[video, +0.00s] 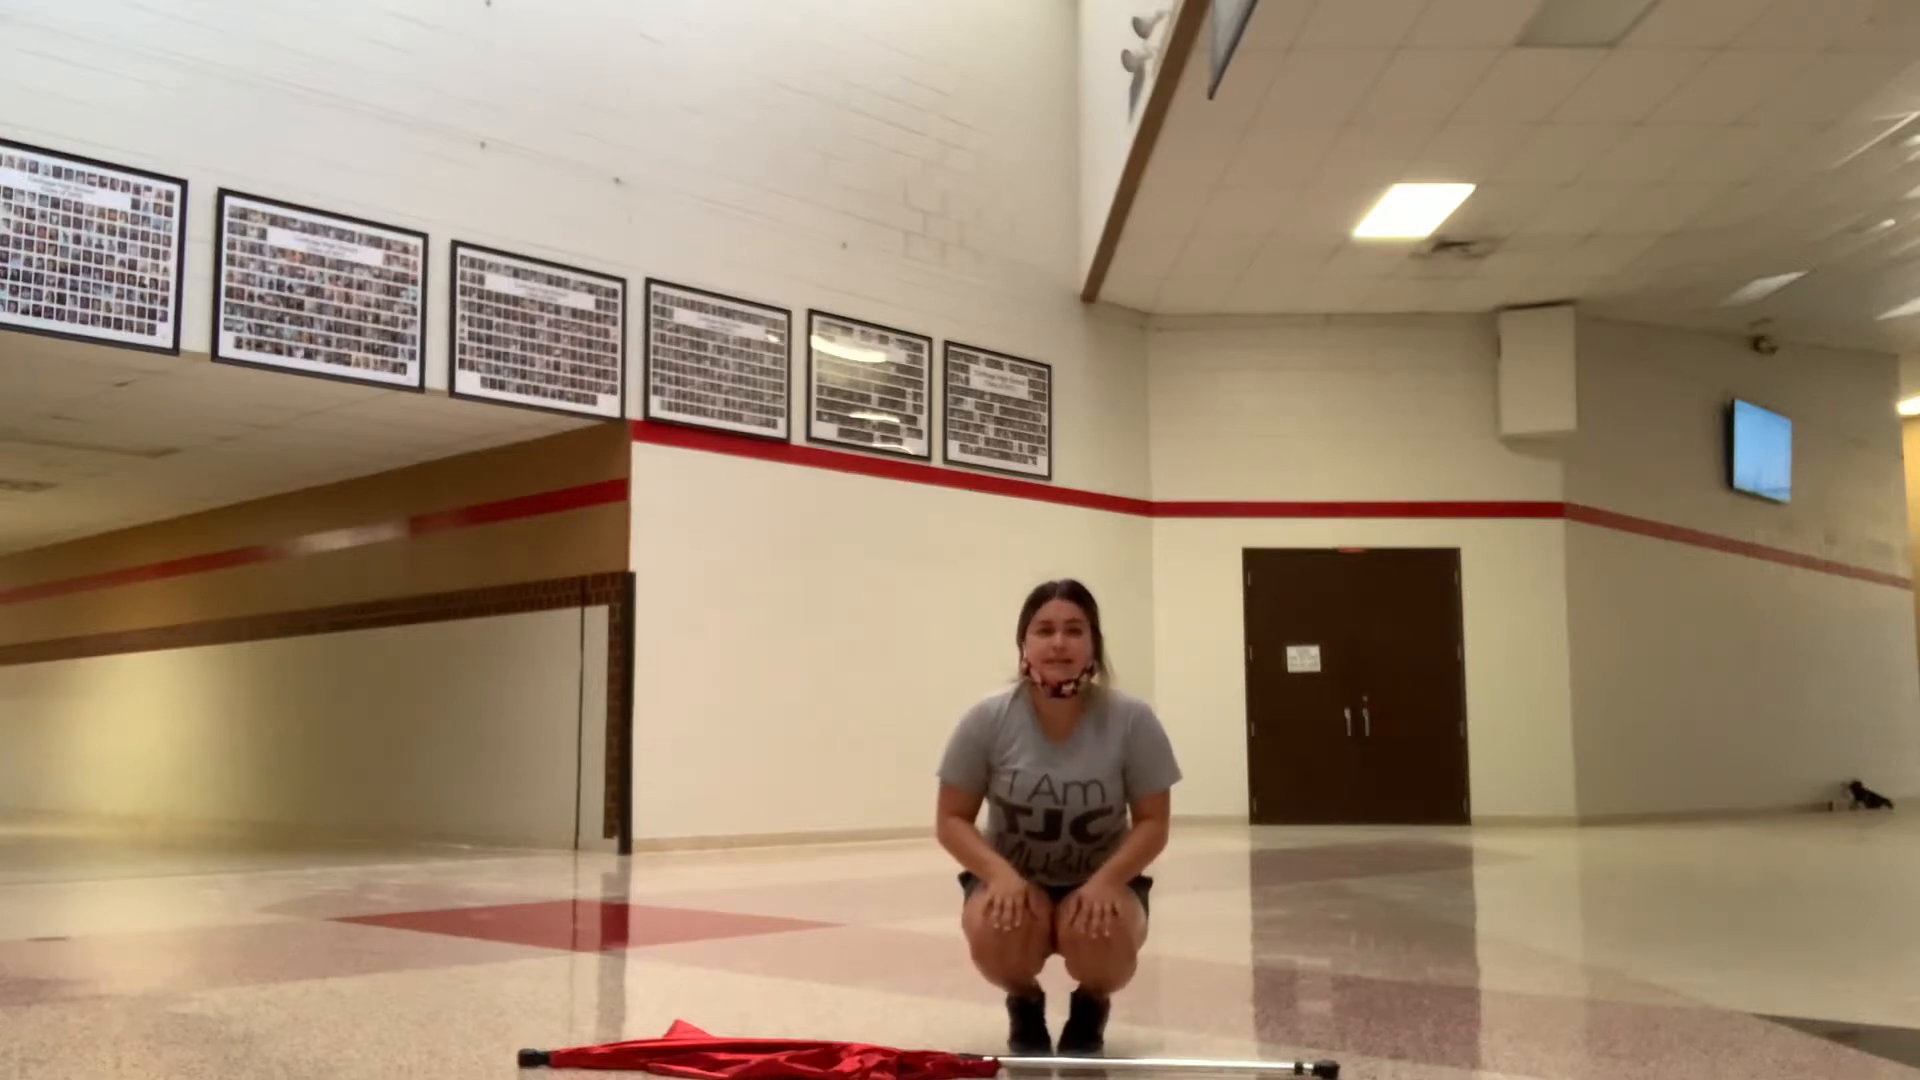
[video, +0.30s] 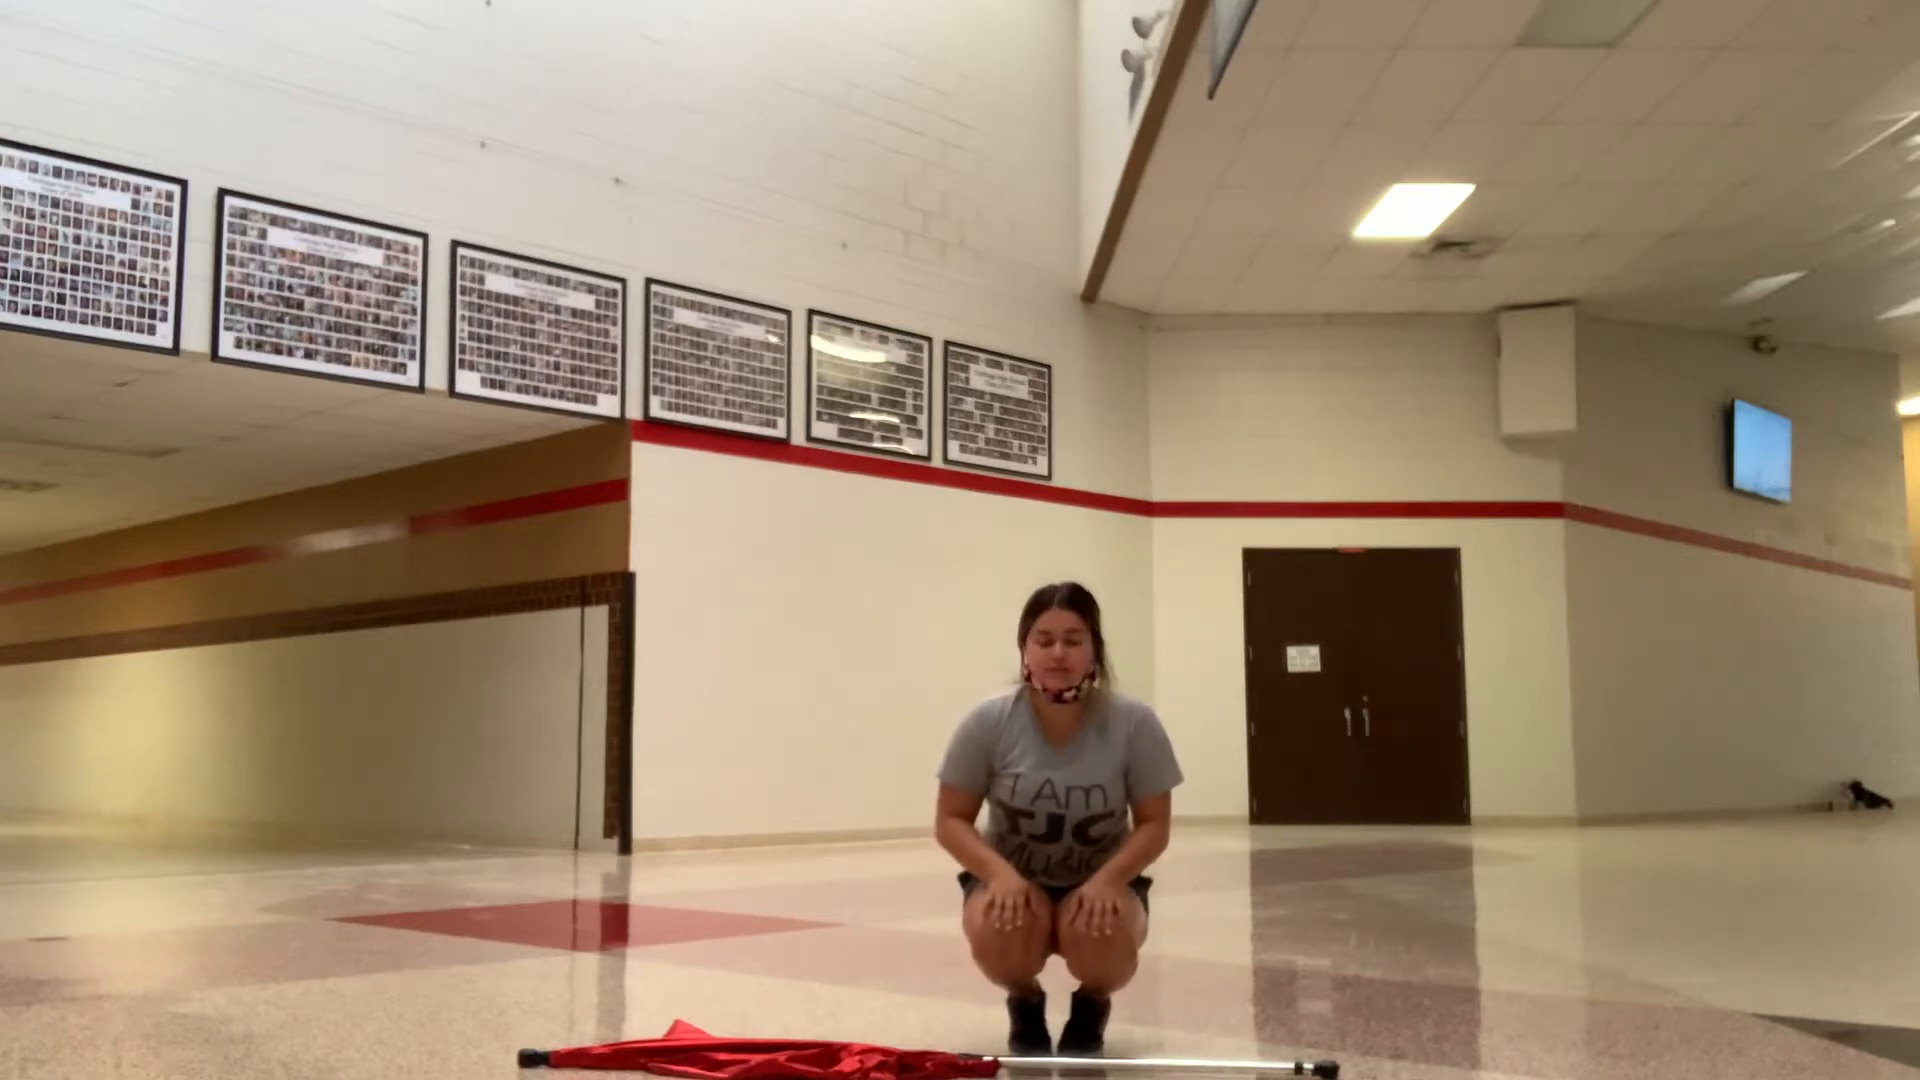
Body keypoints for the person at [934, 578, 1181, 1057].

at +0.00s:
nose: (1059, 643)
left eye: (1073, 630)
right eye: (1044, 630)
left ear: (1094, 646)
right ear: (1023, 647)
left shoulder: (1130, 721)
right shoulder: (988, 722)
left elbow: (1154, 823)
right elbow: (951, 822)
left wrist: (1104, 880)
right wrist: (1000, 873)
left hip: (1101, 885)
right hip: (1014, 884)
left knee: (1101, 931)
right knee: (999, 927)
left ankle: (1091, 1007)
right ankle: (1023, 1004)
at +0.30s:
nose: (1058, 655)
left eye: (1073, 642)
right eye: (1044, 641)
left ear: (1095, 652)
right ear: (1023, 650)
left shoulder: (1133, 724)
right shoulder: (989, 725)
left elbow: (1155, 826)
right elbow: (951, 823)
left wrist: (1105, 879)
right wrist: (1000, 872)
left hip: (1101, 884)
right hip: (1014, 884)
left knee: (1101, 930)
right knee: (1001, 925)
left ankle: (1092, 1005)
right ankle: (1024, 1002)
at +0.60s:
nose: (1057, 653)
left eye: (1072, 639)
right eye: (1043, 639)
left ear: (1093, 651)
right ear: (1022, 652)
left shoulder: (1131, 724)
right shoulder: (988, 725)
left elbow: (1153, 826)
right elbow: (947, 823)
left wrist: (1105, 880)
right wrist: (998, 873)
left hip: (1099, 884)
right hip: (1011, 882)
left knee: (1101, 931)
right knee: (1000, 927)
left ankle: (1090, 1005)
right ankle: (1024, 1003)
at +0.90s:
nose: (1052, 653)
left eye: (1067, 639)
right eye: (1038, 639)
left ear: (1088, 650)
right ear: (1017, 651)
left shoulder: (1127, 724)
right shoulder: (984, 725)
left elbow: (1152, 826)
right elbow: (946, 825)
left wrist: (1103, 879)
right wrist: (996, 875)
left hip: (1097, 884)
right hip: (1009, 883)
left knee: (1099, 931)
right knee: (997, 930)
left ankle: (1089, 1007)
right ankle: (1022, 1004)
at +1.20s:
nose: (1040, 701)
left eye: (1055, 685)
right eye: (1026, 685)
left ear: (1081, 681)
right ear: (1011, 679)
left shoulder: (1125, 738)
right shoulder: (979, 738)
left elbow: (1161, 835)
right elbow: (948, 831)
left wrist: (1127, 882)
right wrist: (963, 885)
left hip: (1093, 888)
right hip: (1012, 886)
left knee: (1097, 922)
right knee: (1000, 919)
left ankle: (1087, 1002)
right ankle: (1023, 1001)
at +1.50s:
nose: (1038, 759)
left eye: (1053, 745)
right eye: (1023, 743)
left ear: (1081, 733)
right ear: (1010, 729)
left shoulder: (1122, 770)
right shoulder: (983, 766)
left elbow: (1169, 878)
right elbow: (938, 869)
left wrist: (1192, 987)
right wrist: (941, 976)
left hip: (1094, 886)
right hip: (1009, 885)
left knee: (1107, 915)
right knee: (1000, 916)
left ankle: (1086, 1002)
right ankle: (1026, 1001)